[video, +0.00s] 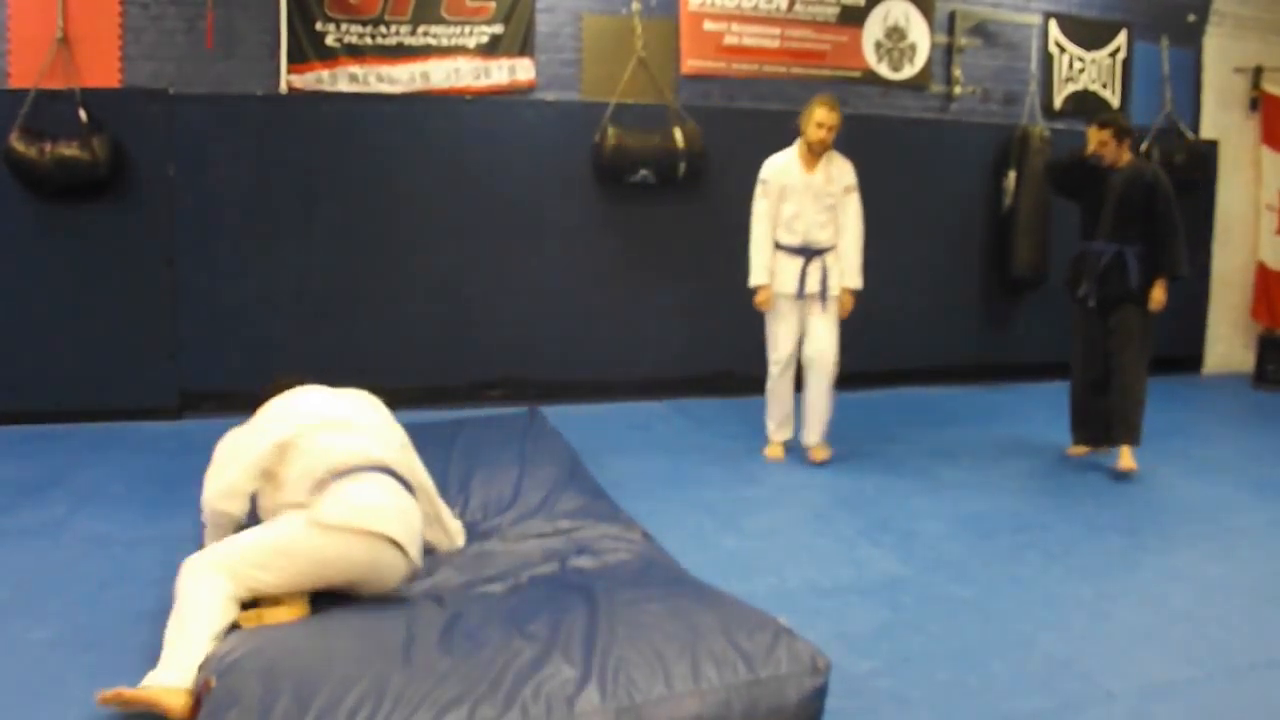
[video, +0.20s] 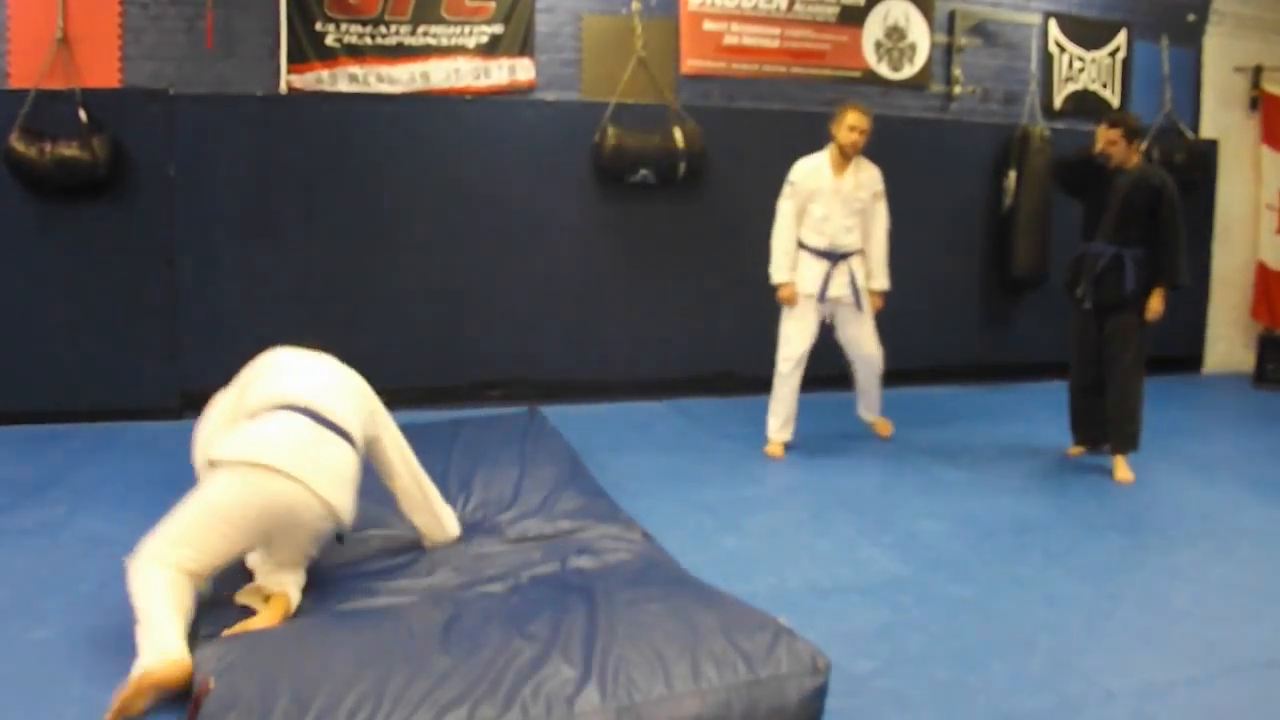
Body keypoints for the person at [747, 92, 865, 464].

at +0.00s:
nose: (824, 134)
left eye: (831, 128)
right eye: (819, 125)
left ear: (837, 131)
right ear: (803, 125)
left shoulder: (843, 169)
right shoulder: (775, 166)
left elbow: (852, 228)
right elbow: (761, 225)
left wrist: (849, 283)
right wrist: (761, 280)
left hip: (827, 268)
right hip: (784, 266)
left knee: (824, 356)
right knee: (781, 356)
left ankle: (815, 437)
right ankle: (777, 434)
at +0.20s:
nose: (857, 138)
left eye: (863, 132)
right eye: (851, 130)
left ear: (868, 136)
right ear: (834, 129)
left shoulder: (871, 176)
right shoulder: (804, 170)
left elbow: (877, 231)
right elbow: (784, 224)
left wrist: (877, 283)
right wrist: (783, 277)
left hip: (852, 270)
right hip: (807, 269)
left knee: (869, 353)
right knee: (790, 357)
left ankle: (871, 414)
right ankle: (777, 434)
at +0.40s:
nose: (902, 151)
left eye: (907, 145)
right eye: (896, 144)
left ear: (909, 149)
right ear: (877, 144)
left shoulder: (907, 186)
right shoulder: (849, 183)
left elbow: (917, 239)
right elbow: (825, 237)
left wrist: (917, 289)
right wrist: (810, 287)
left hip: (891, 275)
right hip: (853, 273)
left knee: (890, 351)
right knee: (837, 349)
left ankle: (871, 416)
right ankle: (790, 423)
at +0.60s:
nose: (938, 147)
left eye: (940, 141)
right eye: (932, 140)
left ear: (939, 143)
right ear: (911, 137)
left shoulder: (927, 180)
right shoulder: (878, 175)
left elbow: (937, 229)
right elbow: (863, 229)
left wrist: (947, 273)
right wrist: (861, 278)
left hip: (910, 265)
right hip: (882, 263)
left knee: (905, 345)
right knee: (895, 342)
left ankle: (877, 416)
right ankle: (856, 415)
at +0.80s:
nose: (974, 155)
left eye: (975, 148)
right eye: (970, 147)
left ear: (953, 146)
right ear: (949, 143)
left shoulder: (948, 180)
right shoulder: (919, 176)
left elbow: (955, 228)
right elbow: (906, 229)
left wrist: (971, 267)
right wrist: (915, 278)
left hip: (928, 266)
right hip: (913, 268)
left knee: (901, 347)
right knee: (946, 346)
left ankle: (871, 412)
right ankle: (964, 421)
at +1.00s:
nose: (1018, 158)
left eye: (1018, 152)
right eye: (1013, 152)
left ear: (990, 151)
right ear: (994, 151)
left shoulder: (962, 174)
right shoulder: (982, 187)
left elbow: (946, 227)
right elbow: (973, 245)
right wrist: (976, 297)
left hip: (936, 266)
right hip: (958, 274)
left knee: (918, 344)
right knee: (982, 352)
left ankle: (877, 404)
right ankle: (991, 424)